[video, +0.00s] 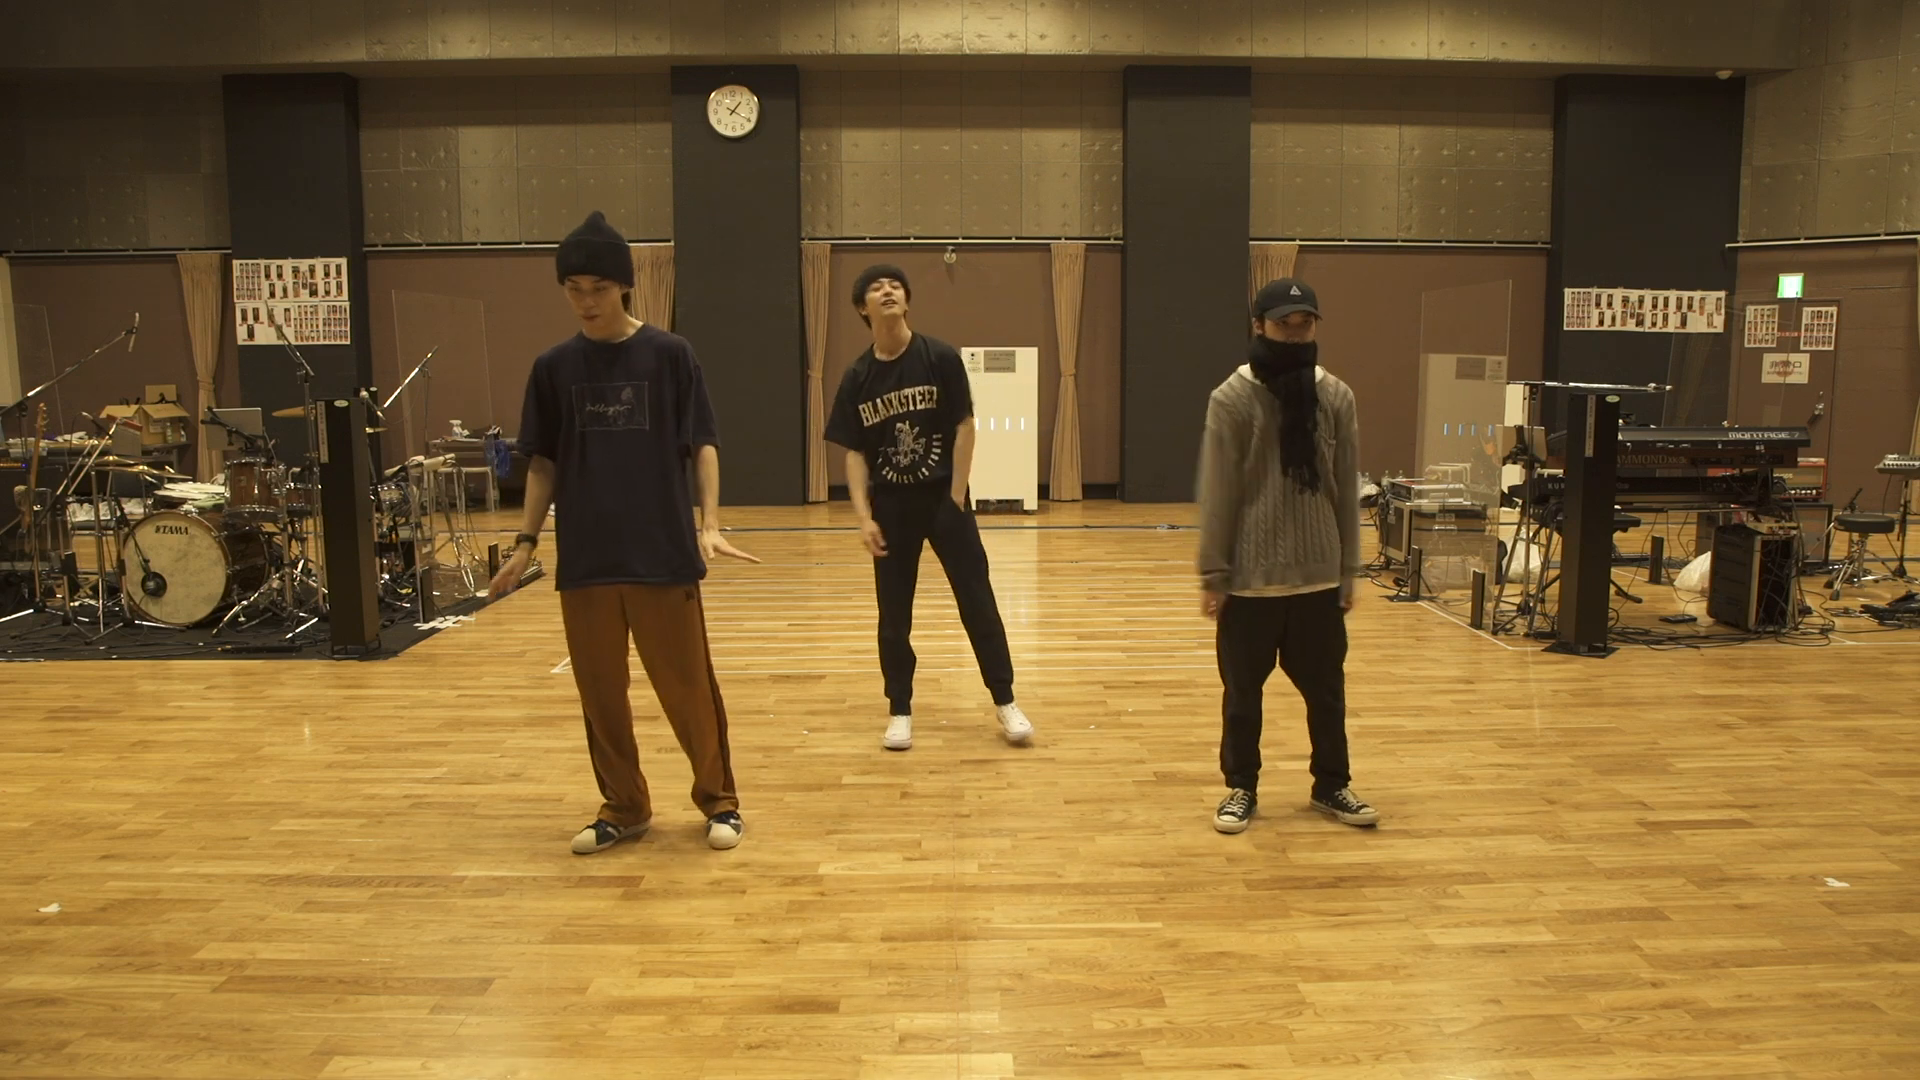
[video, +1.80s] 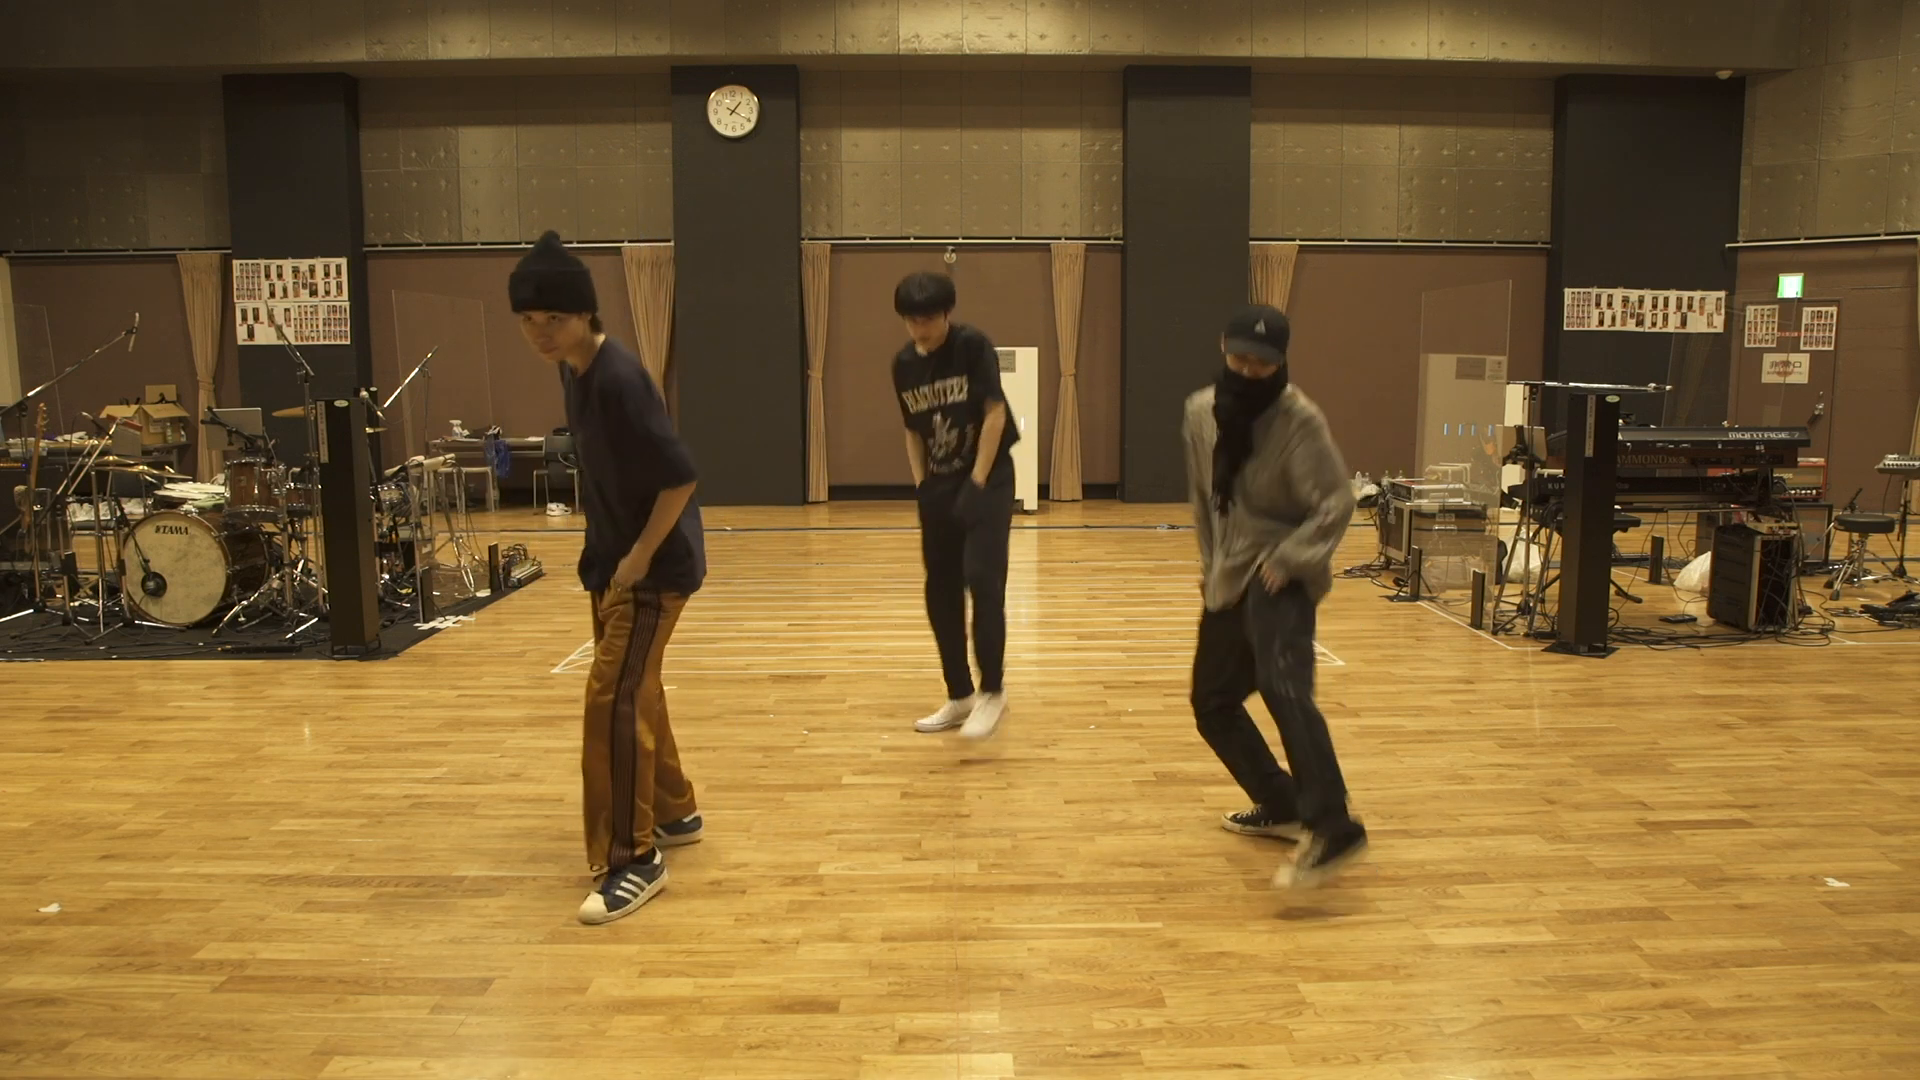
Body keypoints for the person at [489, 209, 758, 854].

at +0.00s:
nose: (587, 302)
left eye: (598, 289)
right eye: (576, 291)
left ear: (625, 284)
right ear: (565, 290)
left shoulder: (670, 355)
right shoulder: (553, 368)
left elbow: (704, 444)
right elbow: (541, 464)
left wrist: (709, 521)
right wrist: (525, 545)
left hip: (662, 553)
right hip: (585, 558)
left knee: (688, 685)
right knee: (600, 693)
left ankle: (720, 804)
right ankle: (624, 809)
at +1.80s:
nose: (538, 337)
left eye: (548, 321)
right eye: (528, 325)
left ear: (581, 312)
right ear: (523, 324)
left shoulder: (620, 379)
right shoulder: (579, 371)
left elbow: (681, 480)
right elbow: (611, 470)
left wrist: (637, 558)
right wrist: (603, 541)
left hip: (654, 567)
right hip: (618, 562)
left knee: (613, 699)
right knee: (632, 689)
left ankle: (635, 859)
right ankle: (673, 808)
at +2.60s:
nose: (623, 316)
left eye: (636, 305)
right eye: (613, 304)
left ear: (662, 305)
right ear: (600, 304)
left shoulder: (702, 373)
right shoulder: (591, 375)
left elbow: (761, 453)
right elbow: (601, 462)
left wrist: (728, 534)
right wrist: (612, 527)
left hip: (708, 559)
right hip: (640, 560)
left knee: (721, 687)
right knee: (625, 690)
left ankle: (720, 766)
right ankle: (631, 807)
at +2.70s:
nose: (651, 314)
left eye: (664, 304)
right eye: (642, 302)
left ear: (690, 303)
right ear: (629, 300)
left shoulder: (734, 369)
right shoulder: (609, 364)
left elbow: (785, 437)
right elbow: (611, 444)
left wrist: (756, 504)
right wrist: (618, 512)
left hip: (724, 555)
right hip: (646, 559)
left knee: (772, 675)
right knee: (621, 690)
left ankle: (806, 791)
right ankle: (624, 808)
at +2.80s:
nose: (711, 341)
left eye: (724, 330)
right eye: (699, 329)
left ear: (743, 334)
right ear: (680, 329)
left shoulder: (774, 398)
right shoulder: (642, 397)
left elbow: (796, 468)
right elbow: (625, 458)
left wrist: (781, 518)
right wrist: (637, 529)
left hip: (752, 573)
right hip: (672, 579)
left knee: (823, 693)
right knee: (643, 705)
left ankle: (894, 818)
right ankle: (605, 817)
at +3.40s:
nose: (552, 298)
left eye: (562, 282)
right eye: (541, 288)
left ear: (596, 280)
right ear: (534, 295)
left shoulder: (643, 363)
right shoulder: (541, 356)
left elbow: (700, 447)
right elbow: (548, 438)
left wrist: (645, 496)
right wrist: (534, 499)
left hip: (618, 543)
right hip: (552, 541)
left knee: (648, 679)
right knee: (545, 679)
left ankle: (688, 822)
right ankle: (548, 805)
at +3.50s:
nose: (534, 291)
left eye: (544, 276)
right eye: (523, 283)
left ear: (578, 275)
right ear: (517, 292)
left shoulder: (631, 360)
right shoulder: (520, 357)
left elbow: (681, 444)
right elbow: (521, 441)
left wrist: (627, 492)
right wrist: (517, 506)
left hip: (602, 533)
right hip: (534, 533)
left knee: (606, 673)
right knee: (538, 675)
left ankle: (617, 815)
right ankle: (547, 805)